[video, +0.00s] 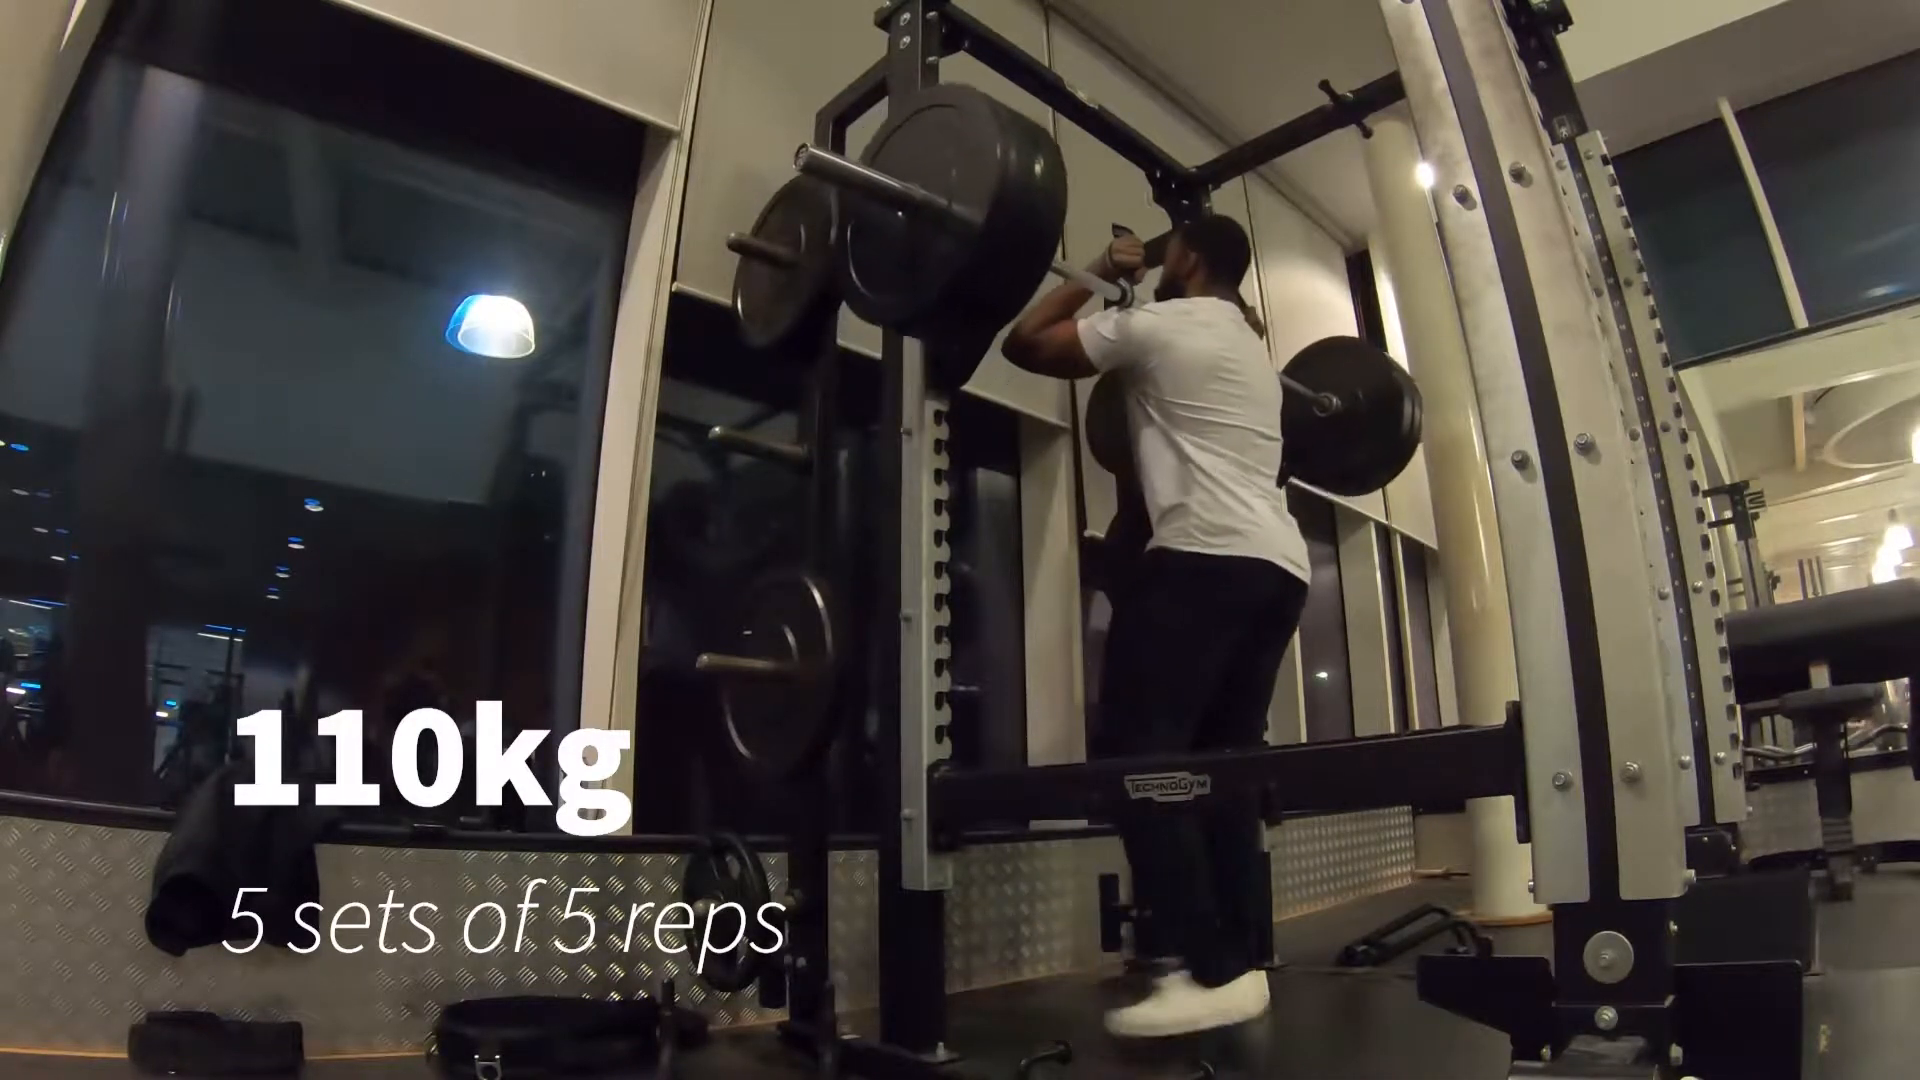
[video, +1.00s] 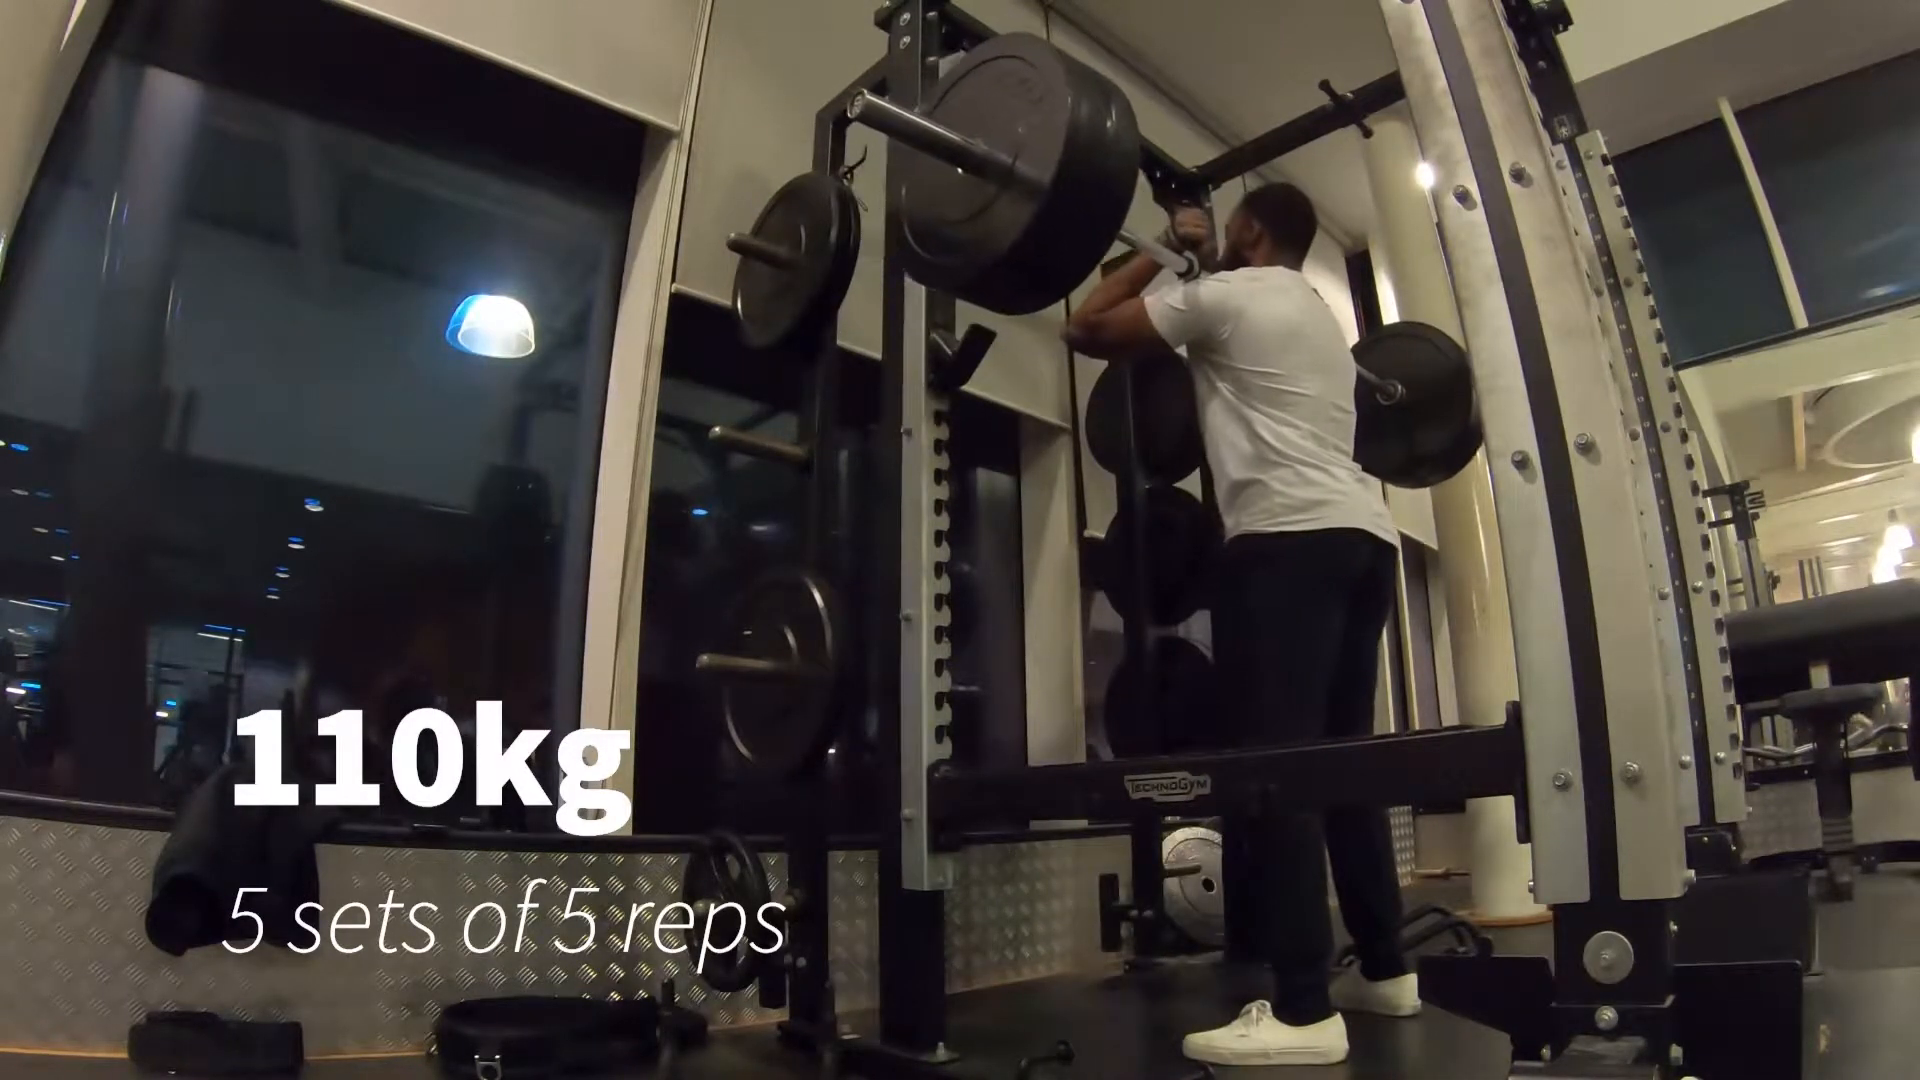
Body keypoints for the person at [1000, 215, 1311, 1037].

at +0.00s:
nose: (1160, 257)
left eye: (1169, 246)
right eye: (1168, 247)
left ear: (1188, 257)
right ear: (1232, 271)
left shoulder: (1160, 326)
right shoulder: (1256, 349)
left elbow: (1027, 340)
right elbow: (1126, 443)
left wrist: (1093, 276)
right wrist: (1120, 306)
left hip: (1194, 559)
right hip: (1276, 567)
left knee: (1137, 756)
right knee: (1228, 760)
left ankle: (1196, 971)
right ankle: (1242, 964)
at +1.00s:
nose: (1227, 243)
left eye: (1233, 232)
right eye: (1230, 234)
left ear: (1250, 233)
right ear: (1301, 242)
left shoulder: (1225, 300)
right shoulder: (1322, 311)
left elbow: (1087, 324)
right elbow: (1238, 331)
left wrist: (1155, 255)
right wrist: (1200, 258)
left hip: (1280, 549)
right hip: (1364, 547)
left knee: (1274, 772)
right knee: (1346, 765)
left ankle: (1301, 1010)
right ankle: (1387, 970)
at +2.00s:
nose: (1236, 237)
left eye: (1242, 225)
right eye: (1240, 227)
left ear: (1260, 227)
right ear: (1313, 239)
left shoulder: (1237, 294)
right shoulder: (1333, 311)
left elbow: (1096, 318)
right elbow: (1237, 334)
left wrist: (1166, 251)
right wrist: (1203, 258)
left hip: (1282, 547)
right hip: (1364, 545)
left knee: (1276, 770)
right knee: (1347, 763)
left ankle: (1300, 1010)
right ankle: (1386, 971)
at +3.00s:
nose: (1223, 385)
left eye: (1232, 372)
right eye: (1226, 371)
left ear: (1259, 382)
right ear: (1302, 390)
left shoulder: (1241, 453)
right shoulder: (1338, 454)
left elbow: (1104, 490)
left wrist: (1155, 421)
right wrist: (1213, 410)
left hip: (1357, 678)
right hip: (1448, 689)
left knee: (1173, 798)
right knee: (1311, 781)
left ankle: (1292, 1013)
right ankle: (1384, 972)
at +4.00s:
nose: (1225, 526)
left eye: (1233, 515)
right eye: (1229, 514)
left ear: (1262, 527)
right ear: (1310, 530)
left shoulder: (1247, 603)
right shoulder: (1336, 589)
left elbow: (1122, 656)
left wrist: (1165, 562)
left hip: (1394, 845)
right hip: (1462, 842)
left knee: (1159, 830)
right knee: (1303, 793)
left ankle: (1293, 1013)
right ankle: (1382, 971)